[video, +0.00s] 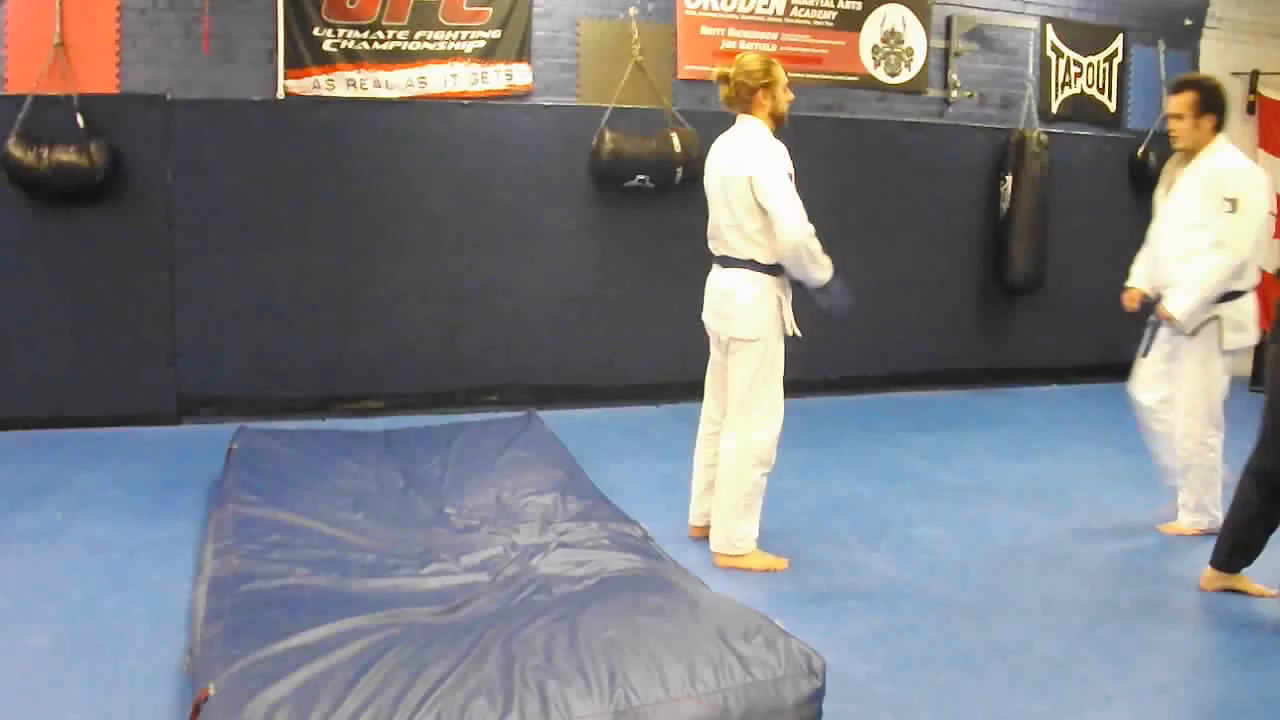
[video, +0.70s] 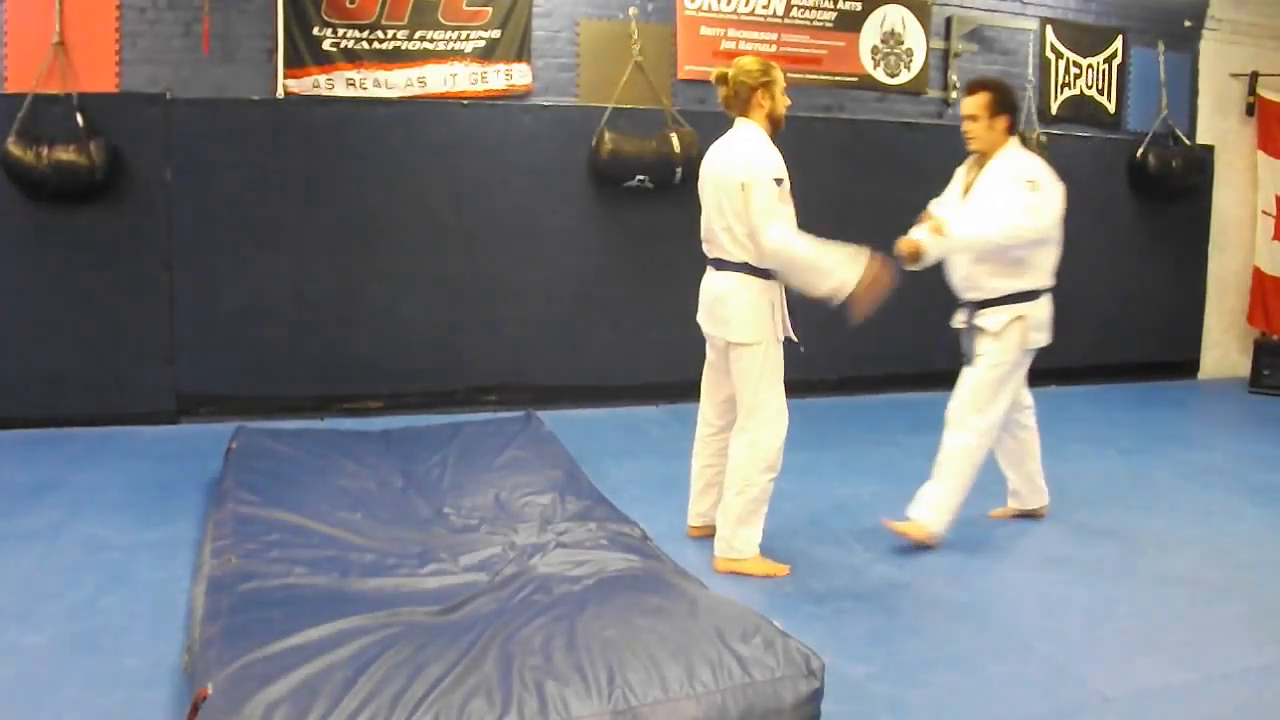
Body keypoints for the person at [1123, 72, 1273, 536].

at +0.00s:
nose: (1171, 126)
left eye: (1180, 117)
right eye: (1168, 117)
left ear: (1209, 120)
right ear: (1174, 120)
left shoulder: (1237, 174)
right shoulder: (1178, 170)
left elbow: (1234, 252)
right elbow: (1160, 234)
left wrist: (1183, 302)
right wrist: (1141, 282)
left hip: (1212, 315)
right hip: (1176, 310)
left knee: (1198, 415)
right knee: (1146, 391)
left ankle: (1201, 514)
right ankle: (1185, 489)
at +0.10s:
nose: (1142, 127)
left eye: (1151, 119)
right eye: (1141, 119)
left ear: (1182, 122)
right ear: (1146, 122)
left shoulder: (1214, 176)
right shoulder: (1148, 169)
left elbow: (1212, 252)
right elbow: (1131, 234)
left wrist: (1154, 295)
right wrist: (1111, 275)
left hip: (1186, 319)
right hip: (1140, 314)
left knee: (1186, 420)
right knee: (1113, 397)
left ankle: (1199, 514)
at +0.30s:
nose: (1079, 133)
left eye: (1088, 124)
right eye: (1077, 124)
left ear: (1118, 127)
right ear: (1079, 127)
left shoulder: (1152, 182)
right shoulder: (1079, 177)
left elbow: (1163, 246)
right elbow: (1061, 234)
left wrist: (1100, 278)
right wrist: (1048, 267)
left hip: (1125, 321)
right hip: (1074, 318)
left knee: (1131, 416)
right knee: (1047, 407)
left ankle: (1191, 500)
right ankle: (1033, 499)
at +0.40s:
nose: (1048, 128)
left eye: (1056, 119)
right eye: (1045, 119)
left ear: (1086, 121)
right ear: (1045, 121)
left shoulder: (1120, 173)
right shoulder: (1049, 171)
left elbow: (1134, 234)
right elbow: (1030, 224)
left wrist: (1066, 261)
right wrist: (1018, 252)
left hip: (1095, 311)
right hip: (1047, 307)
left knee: (1075, 411)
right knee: (1031, 406)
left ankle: (1147, 479)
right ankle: (1028, 498)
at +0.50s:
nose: (1021, 123)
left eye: (1029, 114)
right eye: (1018, 114)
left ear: (1058, 116)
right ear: (1017, 117)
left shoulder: (1092, 166)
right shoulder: (1020, 168)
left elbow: (1106, 224)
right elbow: (1001, 219)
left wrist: (1040, 248)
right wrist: (990, 246)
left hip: (1070, 301)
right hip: (1025, 300)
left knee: (1033, 399)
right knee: (1017, 401)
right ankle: (1030, 495)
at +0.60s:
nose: (992, 125)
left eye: (1001, 116)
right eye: (990, 116)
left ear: (1031, 119)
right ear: (993, 120)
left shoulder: (1065, 170)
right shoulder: (993, 170)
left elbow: (1068, 229)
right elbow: (972, 220)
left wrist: (1001, 245)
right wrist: (956, 244)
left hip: (1045, 307)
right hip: (1005, 304)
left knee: (995, 401)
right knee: (1026, 402)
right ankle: (1031, 496)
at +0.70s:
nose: (965, 128)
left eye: (974, 119)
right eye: (963, 119)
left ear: (1004, 123)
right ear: (966, 122)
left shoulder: (1033, 176)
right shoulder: (969, 172)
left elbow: (1019, 230)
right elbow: (942, 219)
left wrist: (943, 237)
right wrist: (921, 240)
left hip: (1018, 313)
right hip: (979, 311)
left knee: (970, 410)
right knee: (1010, 407)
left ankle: (929, 520)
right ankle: (1029, 496)